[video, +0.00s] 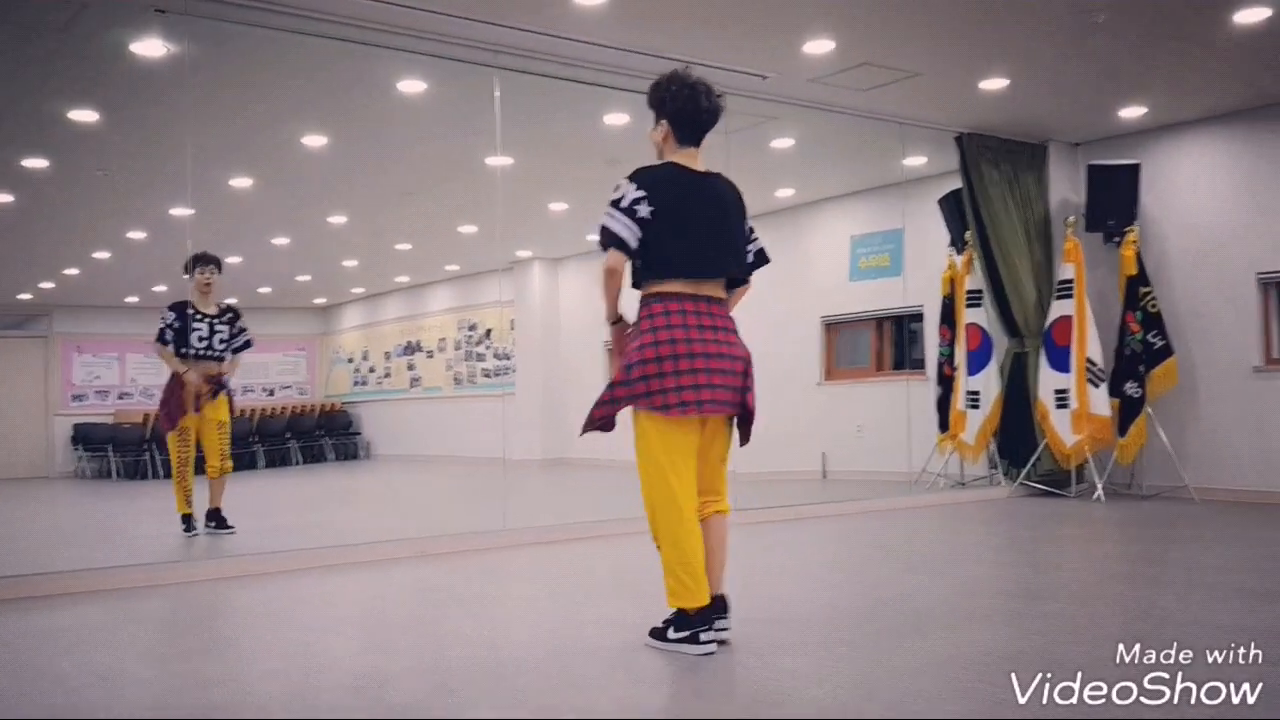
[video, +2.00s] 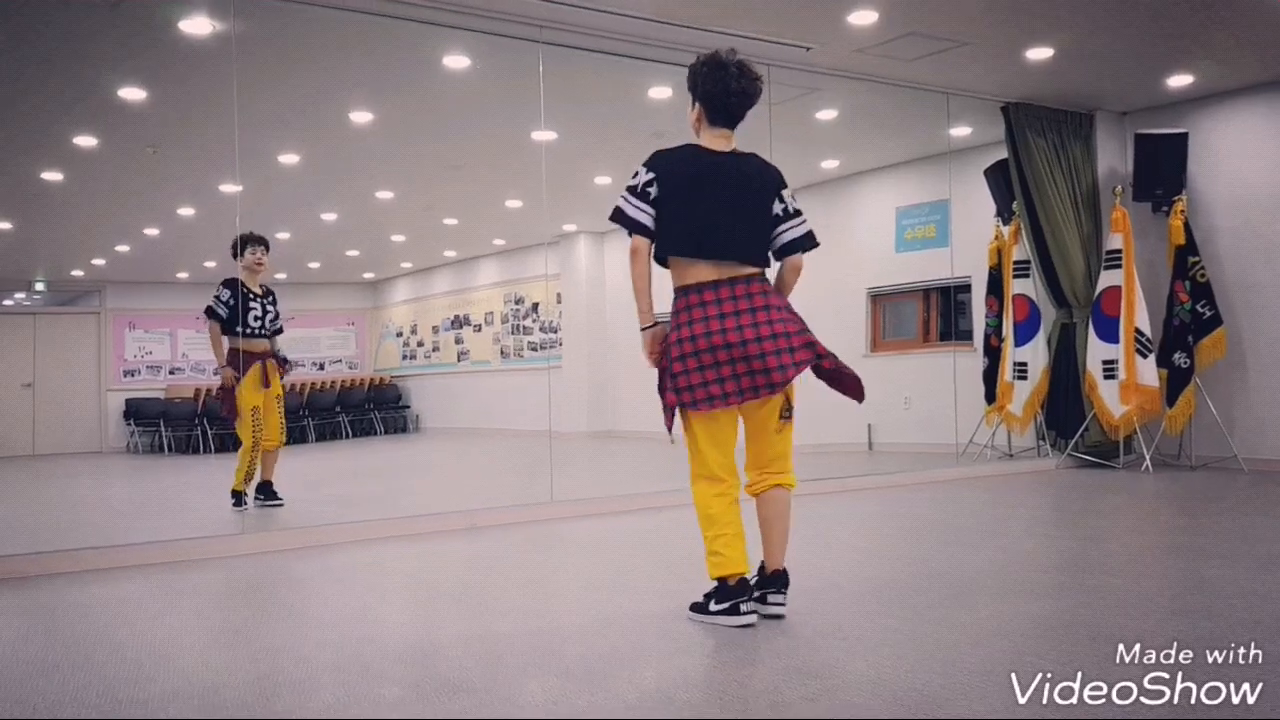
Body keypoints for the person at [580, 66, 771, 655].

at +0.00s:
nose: (650, 132)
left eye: (652, 123)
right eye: (654, 123)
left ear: (662, 128)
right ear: (706, 130)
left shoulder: (643, 185)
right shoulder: (728, 192)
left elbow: (615, 262)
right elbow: (748, 271)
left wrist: (613, 320)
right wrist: (711, 316)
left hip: (663, 333)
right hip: (720, 334)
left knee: (669, 484)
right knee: (711, 481)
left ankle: (690, 615)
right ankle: (712, 602)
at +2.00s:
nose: (689, 109)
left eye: (690, 101)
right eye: (696, 102)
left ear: (694, 107)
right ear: (745, 112)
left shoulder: (661, 167)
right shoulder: (765, 174)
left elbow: (639, 250)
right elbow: (793, 261)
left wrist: (648, 323)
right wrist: (769, 315)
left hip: (696, 324)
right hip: (762, 318)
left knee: (713, 470)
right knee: (772, 461)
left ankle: (731, 588)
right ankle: (773, 580)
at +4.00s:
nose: (691, 133)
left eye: (692, 124)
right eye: (693, 124)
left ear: (702, 126)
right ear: (747, 128)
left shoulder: (692, 185)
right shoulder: (773, 186)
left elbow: (685, 275)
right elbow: (805, 269)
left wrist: (681, 354)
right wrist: (774, 324)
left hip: (724, 339)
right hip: (781, 337)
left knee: (685, 484)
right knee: (766, 481)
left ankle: (717, 583)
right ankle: (772, 594)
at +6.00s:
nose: (784, 177)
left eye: (785, 170)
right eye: (789, 171)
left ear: (792, 175)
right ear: (832, 184)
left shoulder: (783, 214)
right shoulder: (840, 231)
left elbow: (783, 257)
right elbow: (866, 308)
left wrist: (777, 315)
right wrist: (877, 368)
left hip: (824, 370)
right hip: (863, 365)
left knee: (737, 461)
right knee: (854, 484)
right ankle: (885, 575)